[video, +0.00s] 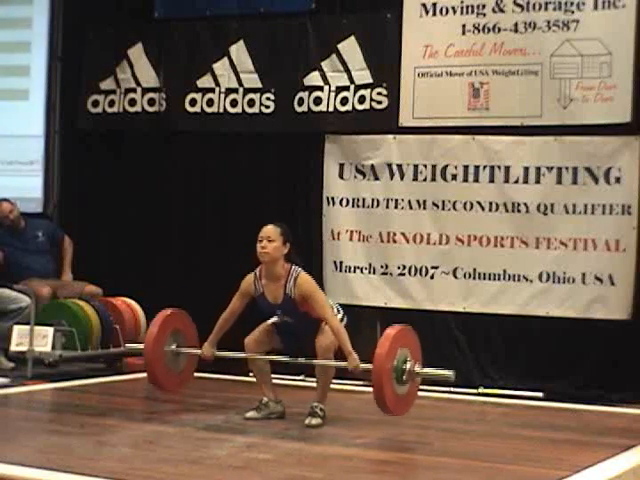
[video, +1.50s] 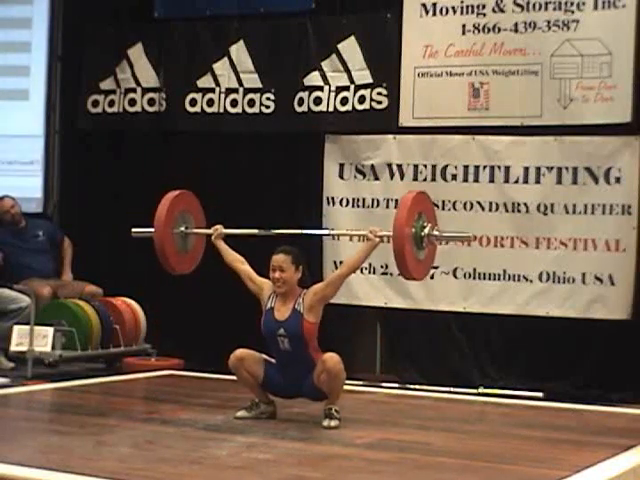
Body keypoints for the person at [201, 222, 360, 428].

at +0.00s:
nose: (262, 245)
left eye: (269, 241)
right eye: (260, 241)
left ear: (285, 248)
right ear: (256, 246)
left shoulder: (301, 281)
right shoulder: (251, 282)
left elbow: (330, 318)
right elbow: (231, 313)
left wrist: (350, 353)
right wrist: (210, 342)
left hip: (321, 322)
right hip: (288, 323)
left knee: (325, 344)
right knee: (252, 344)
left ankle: (319, 406)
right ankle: (271, 402)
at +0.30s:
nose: (267, 202)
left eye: (274, 197)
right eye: (265, 197)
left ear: (289, 203)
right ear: (261, 202)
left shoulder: (305, 239)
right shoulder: (255, 240)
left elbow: (333, 275)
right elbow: (236, 270)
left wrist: (356, 309)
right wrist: (216, 302)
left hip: (325, 294)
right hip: (293, 294)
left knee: (318, 344)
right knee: (261, 339)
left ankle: (319, 405)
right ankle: (272, 401)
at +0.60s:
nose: (306, 143)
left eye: (314, 140)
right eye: (304, 139)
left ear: (326, 149)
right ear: (298, 146)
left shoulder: (331, 181)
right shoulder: (280, 179)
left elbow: (352, 204)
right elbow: (247, 202)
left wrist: (360, 230)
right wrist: (218, 225)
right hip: (277, 260)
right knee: (268, 327)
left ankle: (316, 399)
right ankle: (263, 392)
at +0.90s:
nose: (288, 232)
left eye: (296, 228)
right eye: (286, 227)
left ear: (308, 237)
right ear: (280, 233)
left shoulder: (316, 265)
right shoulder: (267, 260)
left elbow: (352, 245)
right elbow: (238, 239)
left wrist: (367, 213)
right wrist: (217, 209)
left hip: (312, 347)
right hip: (278, 345)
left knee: (330, 357)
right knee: (233, 359)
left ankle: (332, 408)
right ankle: (262, 403)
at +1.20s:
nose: (274, 276)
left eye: (280, 271)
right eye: (271, 270)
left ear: (297, 274)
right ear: (268, 273)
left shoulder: (309, 302)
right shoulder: (264, 295)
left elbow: (343, 276)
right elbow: (238, 270)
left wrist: (367, 250)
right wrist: (216, 243)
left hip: (307, 378)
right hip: (275, 376)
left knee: (326, 359)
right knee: (235, 358)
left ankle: (330, 408)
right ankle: (264, 404)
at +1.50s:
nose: (276, 276)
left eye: (282, 270)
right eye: (273, 270)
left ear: (298, 272)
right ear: (269, 272)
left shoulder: (312, 298)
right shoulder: (266, 293)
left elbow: (344, 271)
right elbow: (241, 266)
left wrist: (371, 243)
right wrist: (218, 241)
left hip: (311, 378)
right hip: (278, 376)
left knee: (333, 362)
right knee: (237, 358)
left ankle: (331, 408)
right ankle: (264, 404)